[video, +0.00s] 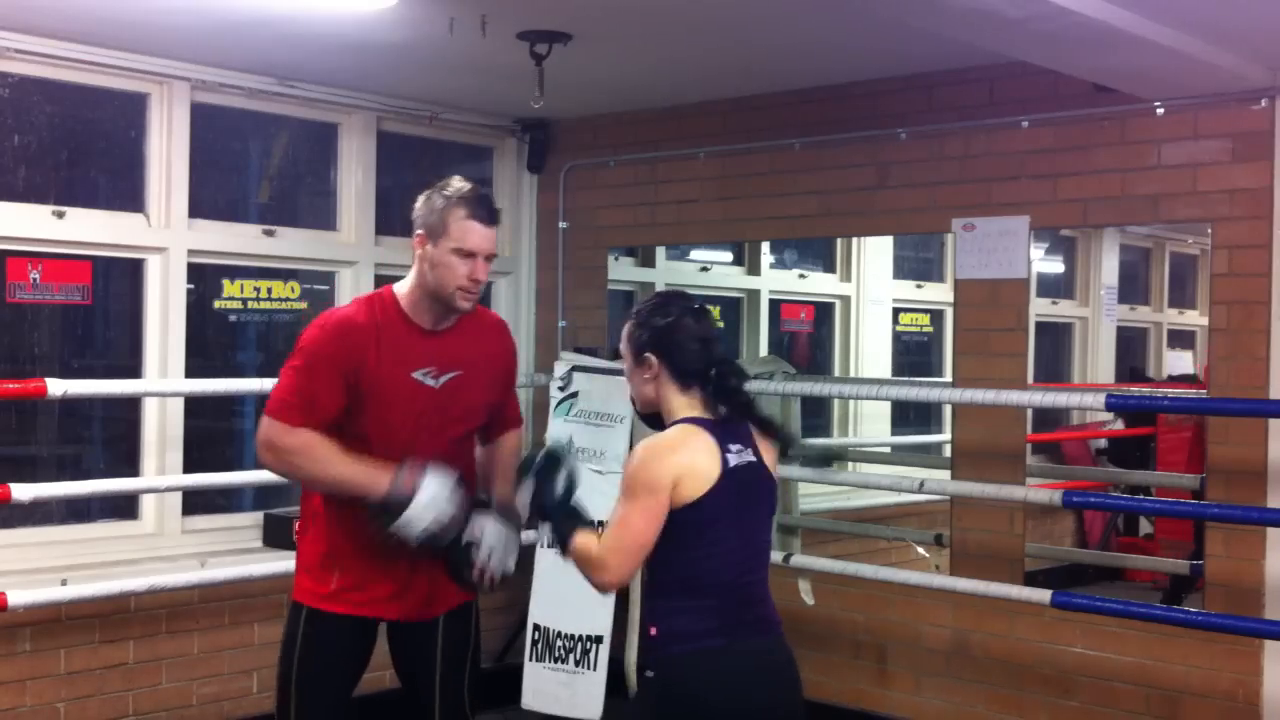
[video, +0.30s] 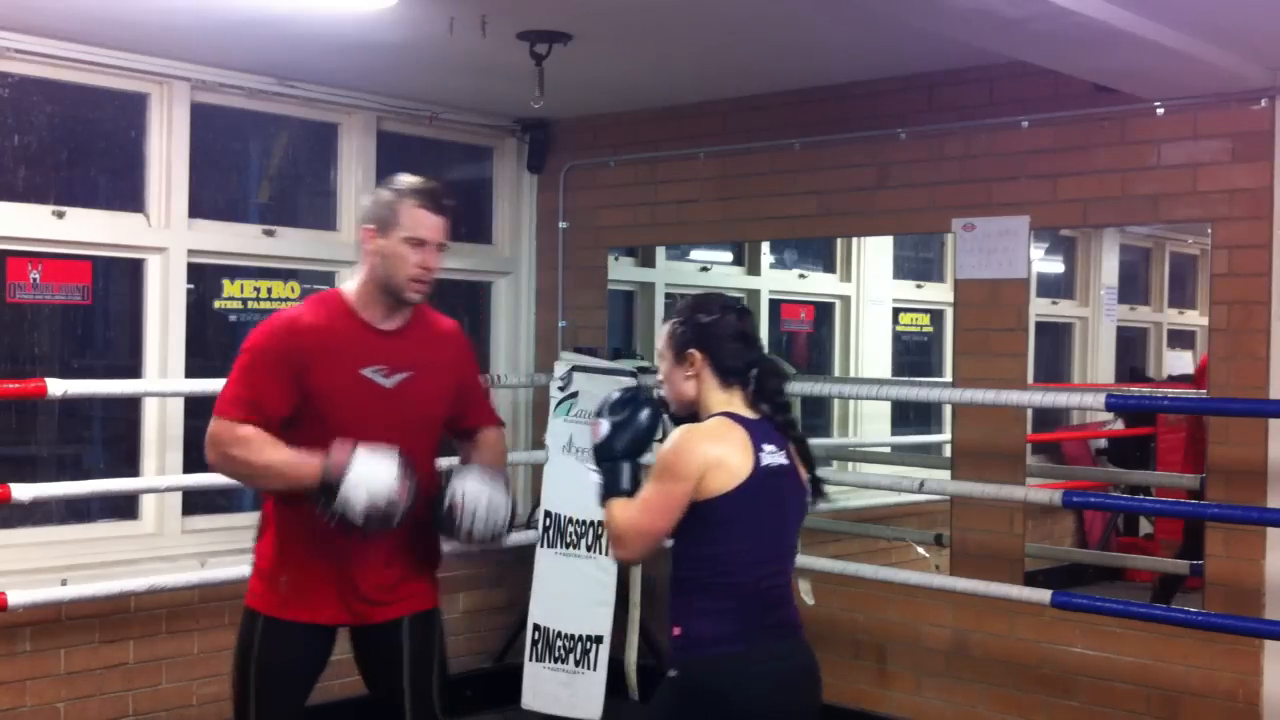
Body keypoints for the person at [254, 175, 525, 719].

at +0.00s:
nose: (480, 274)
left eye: (488, 259)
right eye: (465, 255)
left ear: (494, 257)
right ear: (421, 247)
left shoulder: (492, 338)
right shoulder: (344, 331)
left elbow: (502, 431)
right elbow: (277, 440)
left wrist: (501, 511)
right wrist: (399, 483)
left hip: (442, 585)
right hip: (338, 582)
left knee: (448, 709)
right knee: (307, 711)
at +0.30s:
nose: (431, 264)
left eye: (439, 249)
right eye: (416, 244)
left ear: (444, 253)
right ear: (370, 241)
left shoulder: (446, 342)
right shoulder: (290, 334)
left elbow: (483, 430)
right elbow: (224, 442)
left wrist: (485, 477)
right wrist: (329, 469)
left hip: (400, 587)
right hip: (297, 583)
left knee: (419, 711)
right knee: (263, 711)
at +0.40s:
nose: (392, 262)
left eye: (399, 247)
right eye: (377, 243)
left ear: (404, 249)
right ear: (330, 240)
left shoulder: (408, 335)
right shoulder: (260, 334)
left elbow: (456, 437)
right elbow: (233, 451)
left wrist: (474, 413)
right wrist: (327, 393)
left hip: (376, 584)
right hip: (273, 588)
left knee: (407, 710)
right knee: (250, 711)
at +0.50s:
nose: (364, 257)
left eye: (370, 243)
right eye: (348, 240)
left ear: (378, 243)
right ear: (300, 237)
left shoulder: (383, 329)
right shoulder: (239, 326)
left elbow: (454, 417)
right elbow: (245, 434)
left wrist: (455, 337)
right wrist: (308, 337)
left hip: (359, 577)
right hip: (257, 579)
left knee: (396, 710)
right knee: (242, 712)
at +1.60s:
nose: (307, 260)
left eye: (314, 246)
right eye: (292, 245)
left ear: (321, 242)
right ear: (246, 239)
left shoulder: (333, 324)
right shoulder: (193, 324)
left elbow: (386, 421)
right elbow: (180, 414)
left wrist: (396, 372)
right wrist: (253, 318)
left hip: (344, 577)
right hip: (242, 585)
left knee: (375, 709)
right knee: (238, 713)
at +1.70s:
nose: (306, 256)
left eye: (312, 241)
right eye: (290, 239)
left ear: (316, 242)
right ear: (245, 239)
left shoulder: (331, 330)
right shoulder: (188, 333)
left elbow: (369, 424)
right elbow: (180, 435)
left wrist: (402, 438)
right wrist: (255, 335)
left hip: (338, 578)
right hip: (236, 589)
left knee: (371, 708)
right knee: (231, 715)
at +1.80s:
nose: (312, 259)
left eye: (317, 245)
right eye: (296, 242)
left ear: (322, 247)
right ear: (250, 242)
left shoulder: (324, 333)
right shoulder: (194, 341)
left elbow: (353, 440)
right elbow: (208, 452)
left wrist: (388, 493)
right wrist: (296, 376)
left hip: (333, 581)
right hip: (233, 594)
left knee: (368, 708)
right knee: (233, 714)